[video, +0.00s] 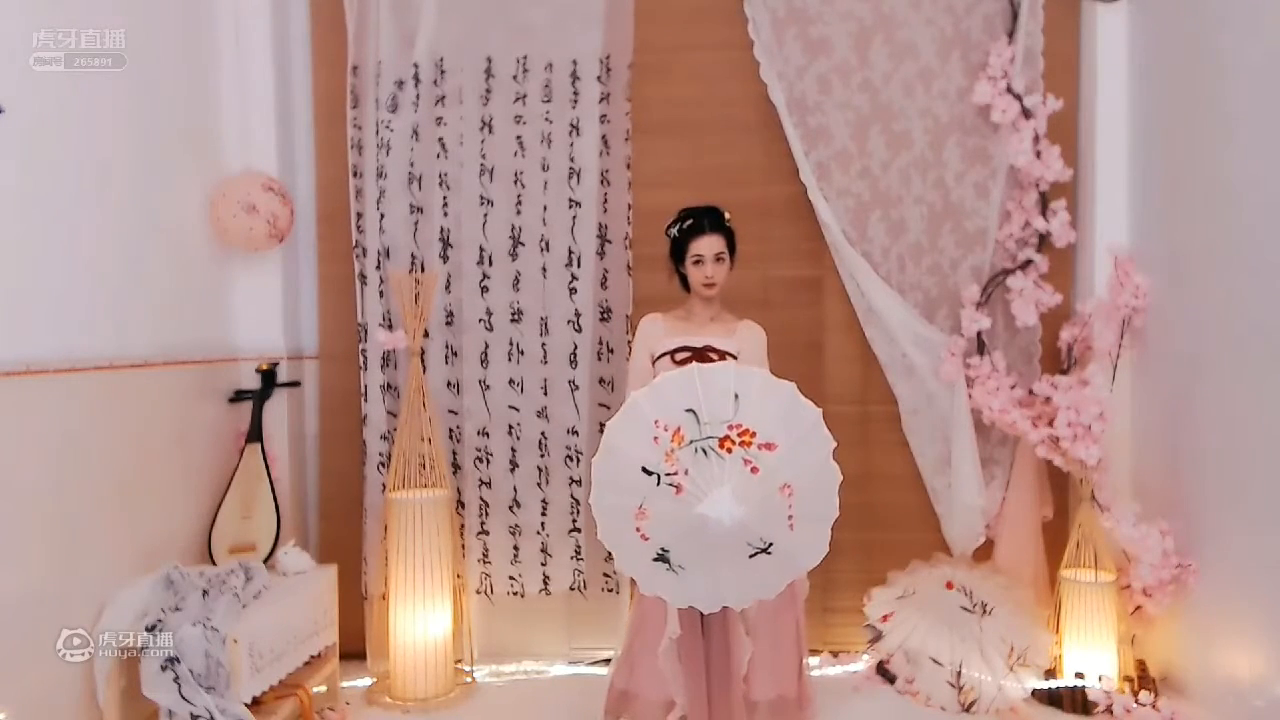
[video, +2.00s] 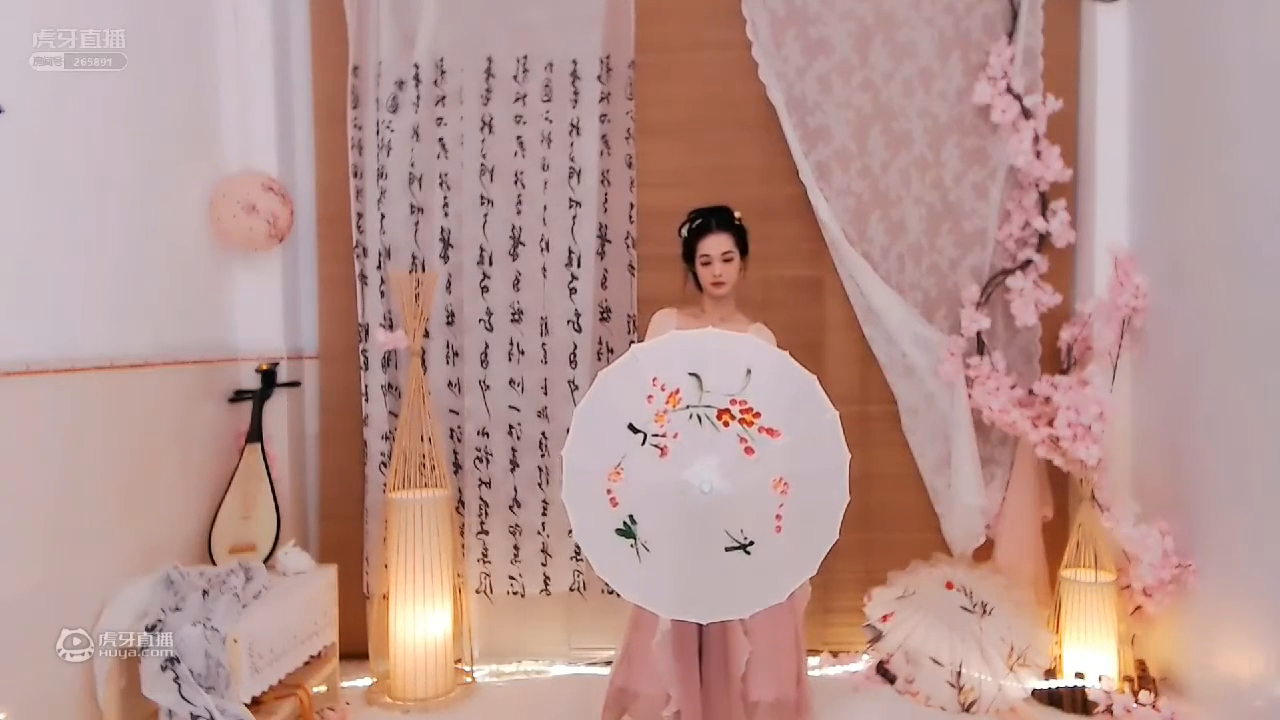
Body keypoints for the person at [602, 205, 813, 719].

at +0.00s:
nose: (709, 271)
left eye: (718, 259)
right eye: (698, 261)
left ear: (731, 264)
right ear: (681, 266)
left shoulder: (750, 335)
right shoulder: (653, 328)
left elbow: (764, 424)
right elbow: (637, 417)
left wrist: (764, 493)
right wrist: (640, 496)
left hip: (736, 484)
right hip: (670, 484)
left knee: (735, 606)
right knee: (672, 604)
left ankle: (735, 709)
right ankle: (673, 709)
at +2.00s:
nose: (717, 270)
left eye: (727, 258)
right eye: (706, 260)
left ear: (742, 262)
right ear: (692, 266)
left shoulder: (760, 335)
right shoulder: (666, 323)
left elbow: (776, 425)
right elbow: (646, 410)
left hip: (741, 488)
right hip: (678, 484)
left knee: (740, 605)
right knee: (677, 603)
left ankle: (739, 709)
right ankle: (678, 709)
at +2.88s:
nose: (718, 270)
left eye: (728, 258)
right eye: (707, 260)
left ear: (744, 262)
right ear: (694, 267)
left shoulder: (761, 337)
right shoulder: (671, 329)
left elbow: (787, 427)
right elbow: (642, 415)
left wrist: (792, 524)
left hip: (750, 484)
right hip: (680, 483)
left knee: (748, 606)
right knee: (681, 606)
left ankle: (746, 710)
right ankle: (678, 711)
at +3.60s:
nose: (718, 271)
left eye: (728, 258)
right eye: (707, 261)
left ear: (744, 263)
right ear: (694, 267)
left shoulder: (766, 343)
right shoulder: (671, 333)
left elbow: (796, 430)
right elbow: (635, 415)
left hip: (752, 499)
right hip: (682, 498)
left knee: (750, 618)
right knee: (681, 620)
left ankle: (747, 712)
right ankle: (677, 713)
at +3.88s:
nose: (716, 271)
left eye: (726, 258)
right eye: (706, 261)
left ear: (743, 263)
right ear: (693, 268)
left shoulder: (760, 338)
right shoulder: (672, 336)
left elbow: (785, 428)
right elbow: (647, 421)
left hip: (746, 493)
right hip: (683, 490)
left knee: (745, 607)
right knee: (680, 608)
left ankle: (744, 710)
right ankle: (677, 711)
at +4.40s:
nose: (716, 272)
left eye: (726, 259)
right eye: (705, 262)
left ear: (742, 263)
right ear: (693, 268)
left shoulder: (762, 340)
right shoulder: (671, 336)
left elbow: (785, 431)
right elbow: (644, 419)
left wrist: (779, 510)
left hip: (746, 493)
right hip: (681, 491)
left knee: (744, 609)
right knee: (678, 608)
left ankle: (743, 711)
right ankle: (675, 711)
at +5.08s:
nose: (715, 273)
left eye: (724, 259)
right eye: (704, 262)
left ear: (742, 263)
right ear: (692, 269)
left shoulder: (760, 342)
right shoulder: (673, 338)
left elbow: (785, 431)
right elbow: (647, 425)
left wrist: (783, 514)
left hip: (747, 495)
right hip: (683, 494)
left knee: (746, 615)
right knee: (679, 614)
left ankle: (745, 711)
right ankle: (675, 712)